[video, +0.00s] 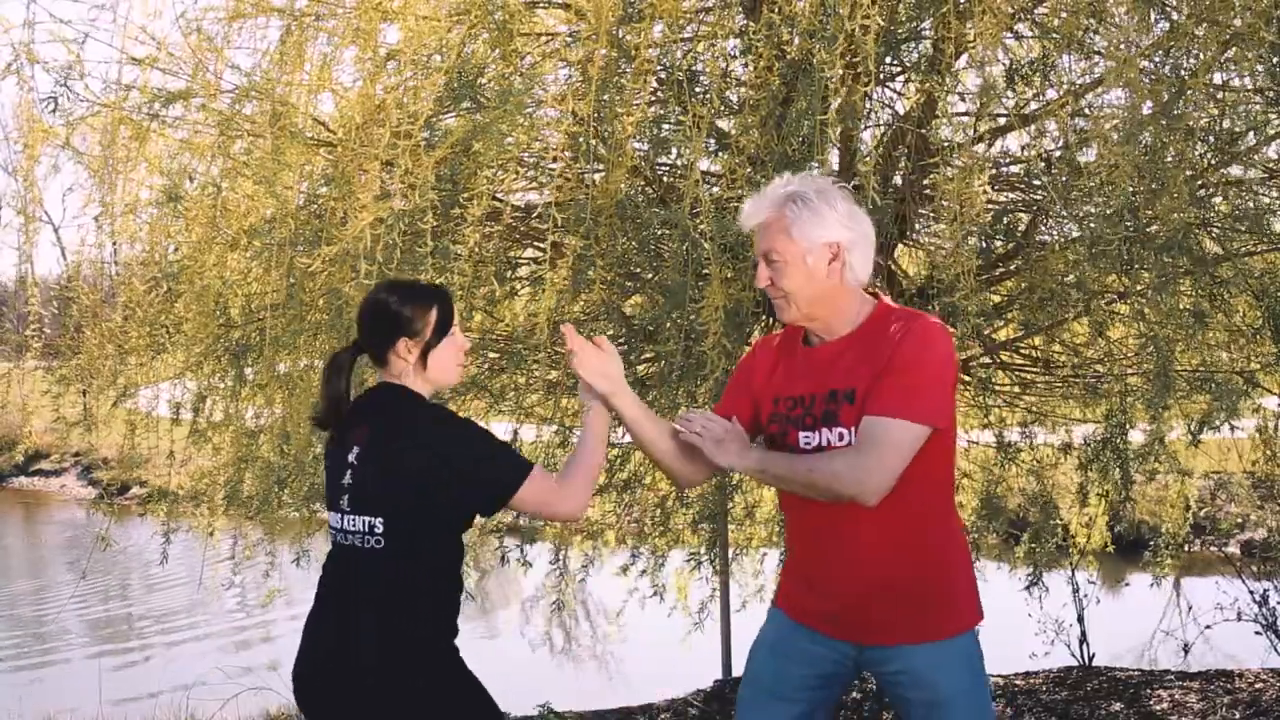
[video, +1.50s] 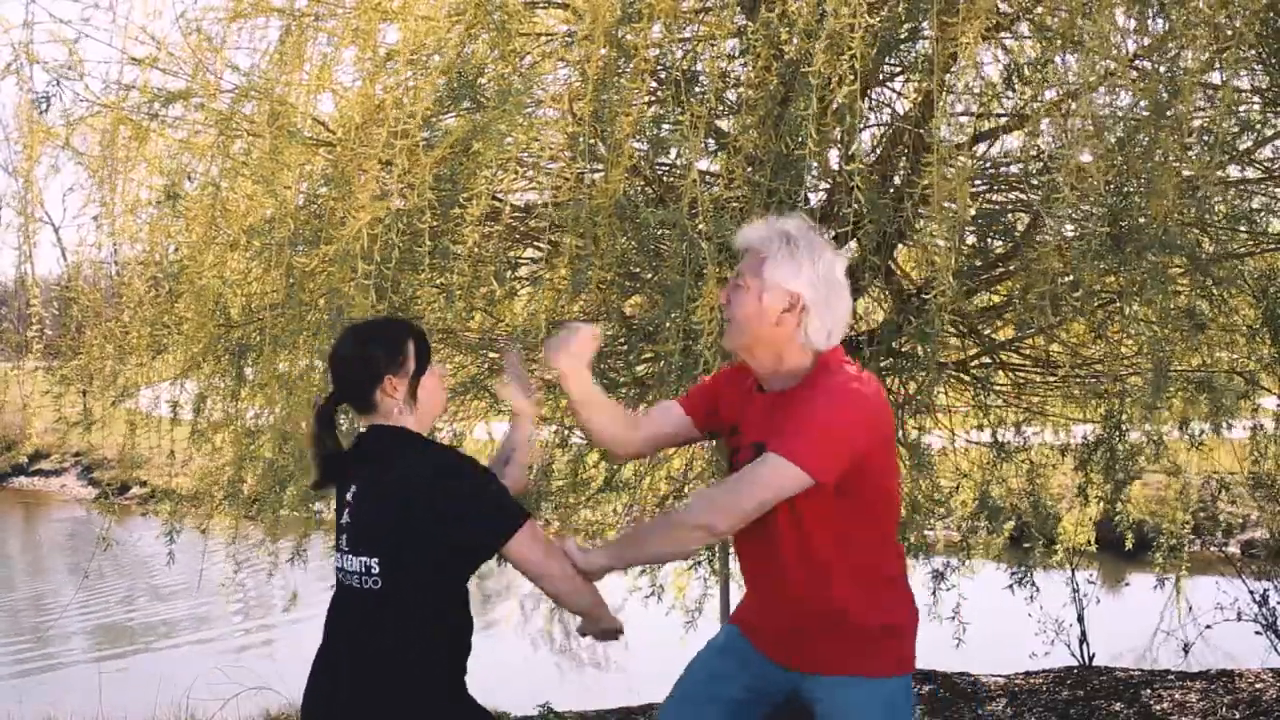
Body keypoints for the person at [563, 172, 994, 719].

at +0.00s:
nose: (760, 280)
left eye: (773, 261)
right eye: (759, 263)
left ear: (832, 258)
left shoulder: (918, 340)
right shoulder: (769, 357)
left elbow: (865, 477)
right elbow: (691, 465)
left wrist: (749, 457)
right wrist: (617, 392)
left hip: (926, 628)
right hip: (804, 622)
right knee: (756, 713)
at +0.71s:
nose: (821, 278)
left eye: (837, 264)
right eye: (822, 262)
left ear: (895, 270)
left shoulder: (962, 350)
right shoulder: (813, 349)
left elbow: (871, 463)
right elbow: (706, 414)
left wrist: (735, 497)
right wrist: (625, 345)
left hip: (941, 638)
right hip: (820, 624)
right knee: (758, 712)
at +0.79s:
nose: (793, 308)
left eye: (810, 294)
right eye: (796, 290)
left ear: (875, 302)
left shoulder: (939, 365)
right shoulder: (790, 359)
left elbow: (857, 483)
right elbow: (679, 423)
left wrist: (710, 515)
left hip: (930, 646)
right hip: (805, 635)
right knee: (744, 710)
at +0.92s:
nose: (770, 381)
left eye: (785, 368)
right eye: (770, 363)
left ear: (850, 377)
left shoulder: (927, 419)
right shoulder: (763, 413)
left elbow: (853, 547)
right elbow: (653, 482)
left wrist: (737, 483)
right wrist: (565, 564)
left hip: (917, 658)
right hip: (793, 643)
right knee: (716, 713)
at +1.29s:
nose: (757, 368)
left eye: (775, 357)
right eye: (759, 352)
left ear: (838, 374)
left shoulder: (909, 434)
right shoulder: (771, 415)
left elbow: (788, 533)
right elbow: (667, 508)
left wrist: (731, 425)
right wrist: (588, 597)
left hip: (916, 658)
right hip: (800, 642)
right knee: (714, 713)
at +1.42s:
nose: (728, 319)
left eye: (747, 306)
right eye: (736, 302)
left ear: (802, 327)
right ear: (799, 327)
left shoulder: (859, 410)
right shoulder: (747, 393)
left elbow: (728, 532)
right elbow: (633, 475)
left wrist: (614, 542)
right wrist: (685, 462)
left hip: (882, 664)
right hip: (772, 640)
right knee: (689, 713)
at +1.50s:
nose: (722, 297)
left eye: (739, 285)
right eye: (730, 283)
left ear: (791, 306)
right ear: (784, 307)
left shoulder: (846, 398)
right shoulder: (738, 387)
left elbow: (716, 518)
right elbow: (629, 436)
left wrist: (599, 558)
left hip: (859, 663)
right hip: (758, 641)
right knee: (679, 713)